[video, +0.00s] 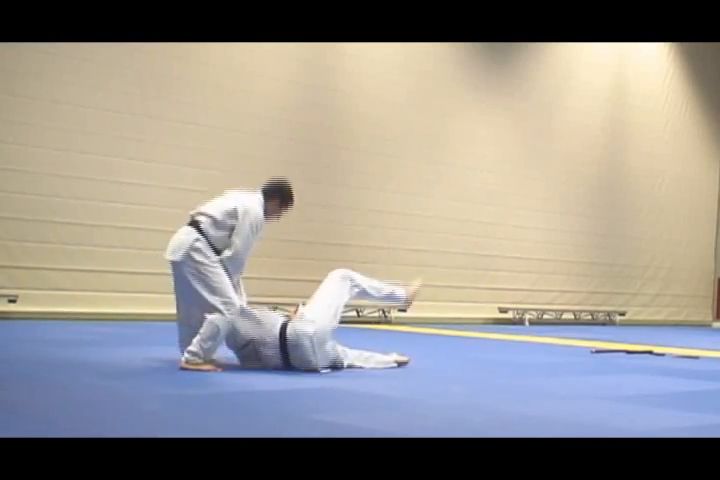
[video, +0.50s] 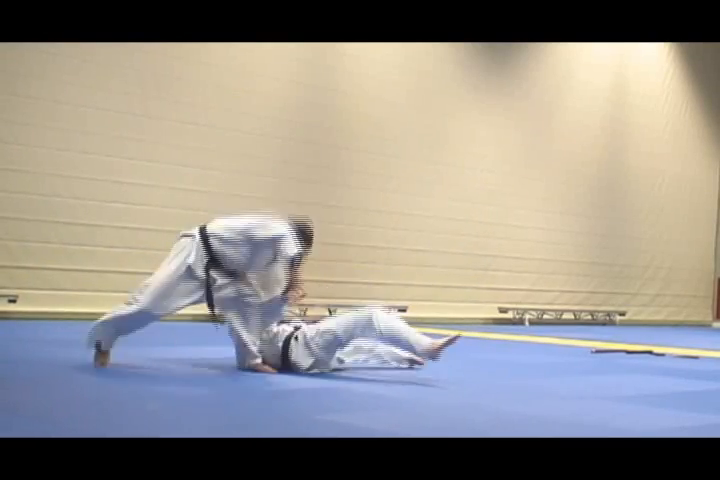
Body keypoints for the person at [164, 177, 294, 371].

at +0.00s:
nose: (280, 215)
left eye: (283, 210)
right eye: (282, 209)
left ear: (267, 193)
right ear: (275, 201)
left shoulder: (246, 200)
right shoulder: (254, 210)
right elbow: (235, 255)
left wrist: (239, 297)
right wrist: (230, 286)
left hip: (182, 243)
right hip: (195, 247)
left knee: (192, 306)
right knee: (229, 306)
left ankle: (192, 354)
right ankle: (195, 357)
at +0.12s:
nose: (278, 192)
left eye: (282, 188)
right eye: (279, 186)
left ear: (266, 174)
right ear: (270, 177)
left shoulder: (241, 182)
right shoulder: (249, 193)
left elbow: (243, 230)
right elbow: (246, 239)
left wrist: (255, 250)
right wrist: (256, 256)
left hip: (195, 240)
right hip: (206, 245)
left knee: (207, 308)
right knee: (229, 312)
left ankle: (178, 343)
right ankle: (195, 358)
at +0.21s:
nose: (282, 190)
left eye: (285, 187)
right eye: (282, 185)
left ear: (272, 174)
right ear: (273, 175)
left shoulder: (254, 185)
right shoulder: (247, 183)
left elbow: (242, 236)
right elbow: (256, 225)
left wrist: (264, 260)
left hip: (215, 240)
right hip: (203, 236)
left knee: (229, 300)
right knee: (222, 301)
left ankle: (203, 354)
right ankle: (194, 356)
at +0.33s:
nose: (295, 207)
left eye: (299, 204)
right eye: (295, 201)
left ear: (284, 193)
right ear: (286, 192)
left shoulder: (270, 214)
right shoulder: (261, 187)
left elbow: (274, 248)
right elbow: (287, 210)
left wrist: (285, 277)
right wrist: (309, 235)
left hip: (226, 246)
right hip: (199, 232)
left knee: (238, 297)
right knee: (195, 293)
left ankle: (246, 354)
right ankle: (157, 347)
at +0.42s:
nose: (299, 229)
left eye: (302, 226)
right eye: (299, 223)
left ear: (293, 213)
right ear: (292, 210)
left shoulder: (273, 236)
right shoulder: (268, 203)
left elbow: (274, 273)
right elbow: (293, 227)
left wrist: (287, 298)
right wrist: (311, 250)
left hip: (227, 265)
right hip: (199, 247)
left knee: (254, 302)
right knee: (161, 297)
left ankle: (252, 358)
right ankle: (118, 347)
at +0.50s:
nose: (296, 255)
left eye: (299, 253)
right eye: (299, 251)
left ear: (296, 238)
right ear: (299, 238)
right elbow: (291, 257)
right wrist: (293, 287)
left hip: (221, 273)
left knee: (248, 303)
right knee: (149, 307)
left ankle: (250, 359)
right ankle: (104, 338)